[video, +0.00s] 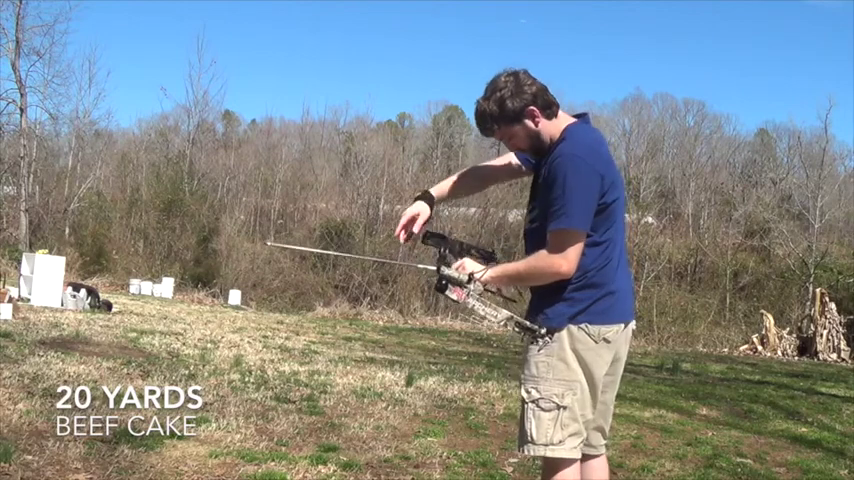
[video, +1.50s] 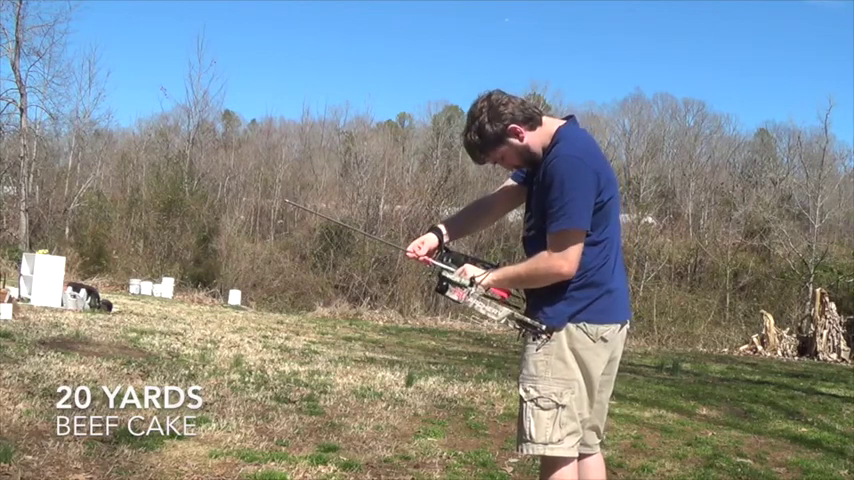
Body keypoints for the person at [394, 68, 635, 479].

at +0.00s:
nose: (509, 147)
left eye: (507, 138)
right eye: (502, 141)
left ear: (532, 115)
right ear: (535, 113)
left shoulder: (572, 155)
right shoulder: (574, 141)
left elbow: (561, 262)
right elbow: (491, 171)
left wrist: (486, 275)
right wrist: (428, 198)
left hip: (574, 321)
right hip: (601, 319)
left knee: (559, 452)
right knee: (591, 447)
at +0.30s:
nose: (508, 158)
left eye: (507, 149)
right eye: (502, 152)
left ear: (527, 122)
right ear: (528, 119)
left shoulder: (573, 157)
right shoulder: (557, 148)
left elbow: (564, 261)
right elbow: (489, 196)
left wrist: (490, 273)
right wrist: (429, 234)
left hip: (574, 322)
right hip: (594, 319)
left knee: (559, 451)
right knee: (588, 446)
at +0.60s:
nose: (507, 163)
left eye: (505, 155)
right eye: (500, 158)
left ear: (524, 128)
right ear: (525, 124)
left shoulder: (573, 159)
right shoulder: (556, 149)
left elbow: (563, 261)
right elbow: (492, 200)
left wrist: (490, 274)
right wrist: (433, 231)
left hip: (574, 321)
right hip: (593, 318)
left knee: (559, 449)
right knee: (587, 445)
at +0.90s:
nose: (505, 163)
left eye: (502, 155)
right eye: (499, 159)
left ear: (520, 129)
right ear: (521, 125)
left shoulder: (571, 159)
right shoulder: (558, 149)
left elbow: (564, 262)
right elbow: (498, 201)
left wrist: (492, 276)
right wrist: (439, 229)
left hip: (573, 320)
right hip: (593, 317)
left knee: (558, 449)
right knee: (586, 445)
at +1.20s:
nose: (505, 165)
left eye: (501, 158)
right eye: (498, 161)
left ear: (518, 131)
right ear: (520, 127)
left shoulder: (569, 160)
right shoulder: (558, 148)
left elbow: (563, 263)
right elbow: (498, 202)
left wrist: (491, 277)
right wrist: (441, 234)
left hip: (573, 319)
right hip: (592, 316)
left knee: (558, 448)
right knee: (586, 445)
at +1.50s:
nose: (503, 166)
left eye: (499, 158)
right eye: (496, 162)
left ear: (516, 132)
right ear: (518, 127)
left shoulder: (568, 160)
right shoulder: (558, 148)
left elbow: (562, 263)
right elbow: (498, 202)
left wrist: (491, 277)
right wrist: (440, 234)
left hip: (572, 319)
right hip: (592, 316)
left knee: (558, 449)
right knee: (586, 445)